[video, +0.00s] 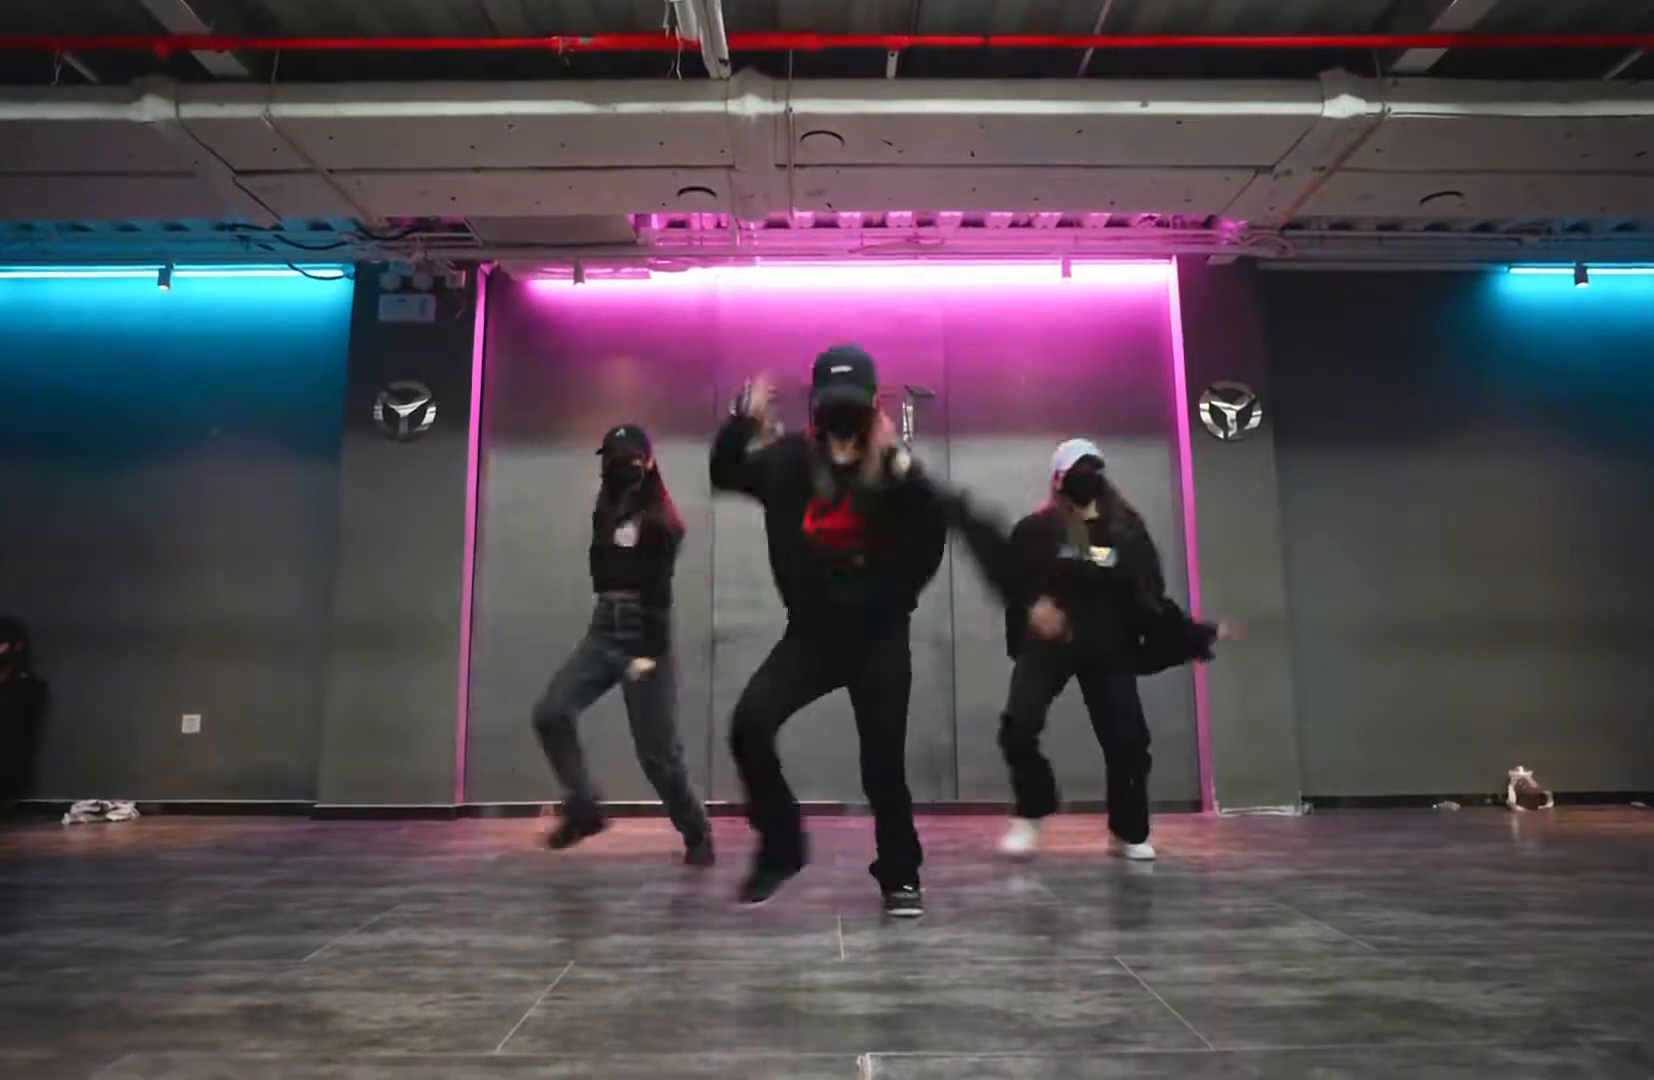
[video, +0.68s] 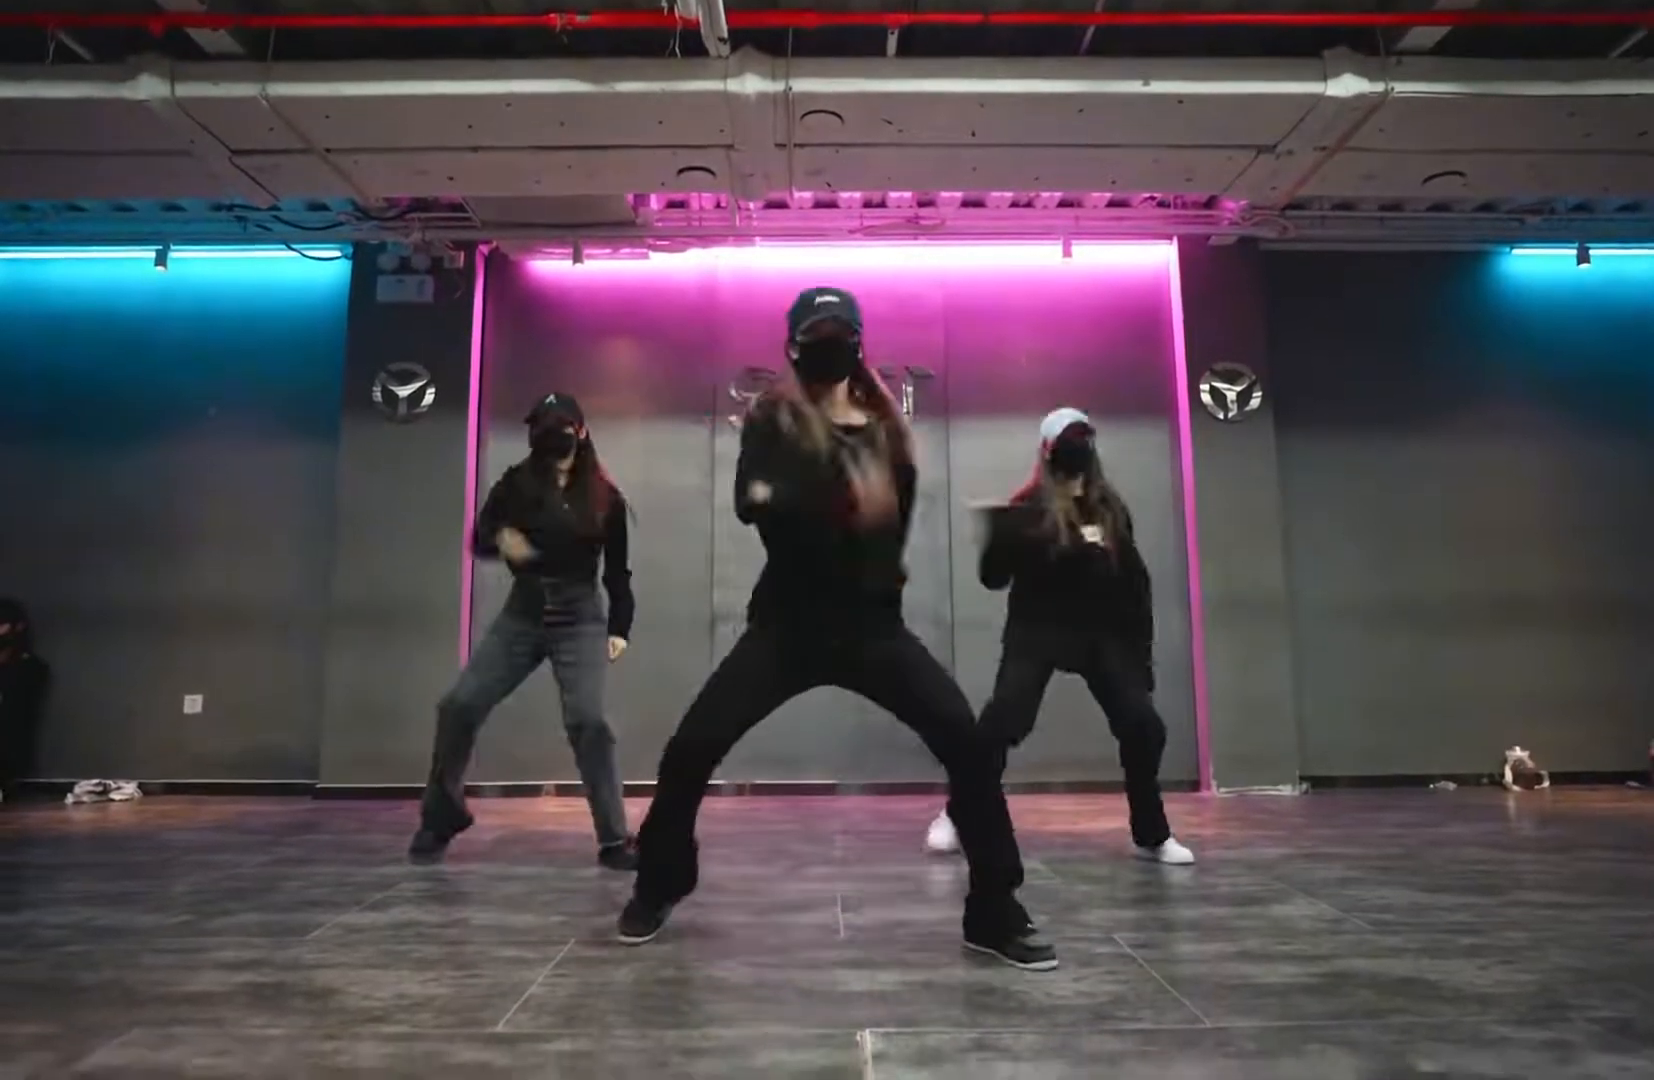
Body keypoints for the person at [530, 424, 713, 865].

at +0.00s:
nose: (623, 470)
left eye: (631, 461)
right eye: (615, 462)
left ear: (648, 463)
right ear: (605, 465)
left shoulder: (660, 518)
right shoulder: (605, 511)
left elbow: (658, 587)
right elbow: (604, 570)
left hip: (644, 639)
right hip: (605, 634)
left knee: (658, 755)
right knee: (551, 715)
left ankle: (697, 838)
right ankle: (582, 807)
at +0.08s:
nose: (602, 474)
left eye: (611, 466)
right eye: (596, 466)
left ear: (628, 467)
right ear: (589, 468)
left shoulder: (636, 511)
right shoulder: (597, 507)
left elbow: (629, 584)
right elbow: (599, 578)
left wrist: (606, 652)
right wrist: (594, 645)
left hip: (633, 637)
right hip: (596, 634)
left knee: (654, 752)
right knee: (527, 718)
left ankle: (699, 849)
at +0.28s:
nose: (549, 484)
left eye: (560, 476)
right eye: (544, 474)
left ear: (581, 477)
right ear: (537, 474)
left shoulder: (604, 523)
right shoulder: (523, 522)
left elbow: (632, 581)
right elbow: (528, 585)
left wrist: (606, 629)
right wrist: (554, 617)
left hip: (596, 660)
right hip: (542, 655)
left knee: (623, 758)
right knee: (482, 741)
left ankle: (683, 834)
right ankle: (460, 851)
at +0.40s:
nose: (542, 475)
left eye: (553, 466)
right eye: (537, 465)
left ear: (576, 470)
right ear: (531, 467)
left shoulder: (597, 524)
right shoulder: (513, 518)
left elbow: (615, 587)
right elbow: (473, 578)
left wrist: (625, 640)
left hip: (586, 644)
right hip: (526, 643)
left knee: (624, 725)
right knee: (475, 740)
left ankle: (635, 838)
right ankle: (458, 846)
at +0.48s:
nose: (552, 467)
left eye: (562, 458)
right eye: (544, 458)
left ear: (579, 460)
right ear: (533, 460)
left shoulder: (597, 516)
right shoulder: (516, 513)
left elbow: (606, 585)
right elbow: (504, 585)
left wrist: (612, 628)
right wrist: (513, 653)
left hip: (579, 637)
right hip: (519, 636)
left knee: (614, 724)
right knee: (469, 737)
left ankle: (618, 847)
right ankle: (452, 836)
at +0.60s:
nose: (561, 454)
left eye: (568, 444)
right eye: (551, 445)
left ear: (583, 444)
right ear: (537, 447)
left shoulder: (606, 503)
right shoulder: (520, 496)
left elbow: (616, 578)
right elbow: (515, 570)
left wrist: (618, 640)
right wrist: (544, 616)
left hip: (586, 619)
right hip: (527, 615)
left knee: (595, 723)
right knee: (459, 720)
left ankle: (614, 842)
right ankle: (447, 822)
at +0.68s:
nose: (556, 450)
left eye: (564, 439)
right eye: (547, 441)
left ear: (580, 434)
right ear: (534, 439)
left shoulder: (603, 497)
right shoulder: (517, 483)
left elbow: (617, 568)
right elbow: (480, 540)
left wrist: (619, 626)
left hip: (581, 621)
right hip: (523, 616)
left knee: (587, 721)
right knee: (459, 706)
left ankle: (615, 841)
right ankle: (440, 819)